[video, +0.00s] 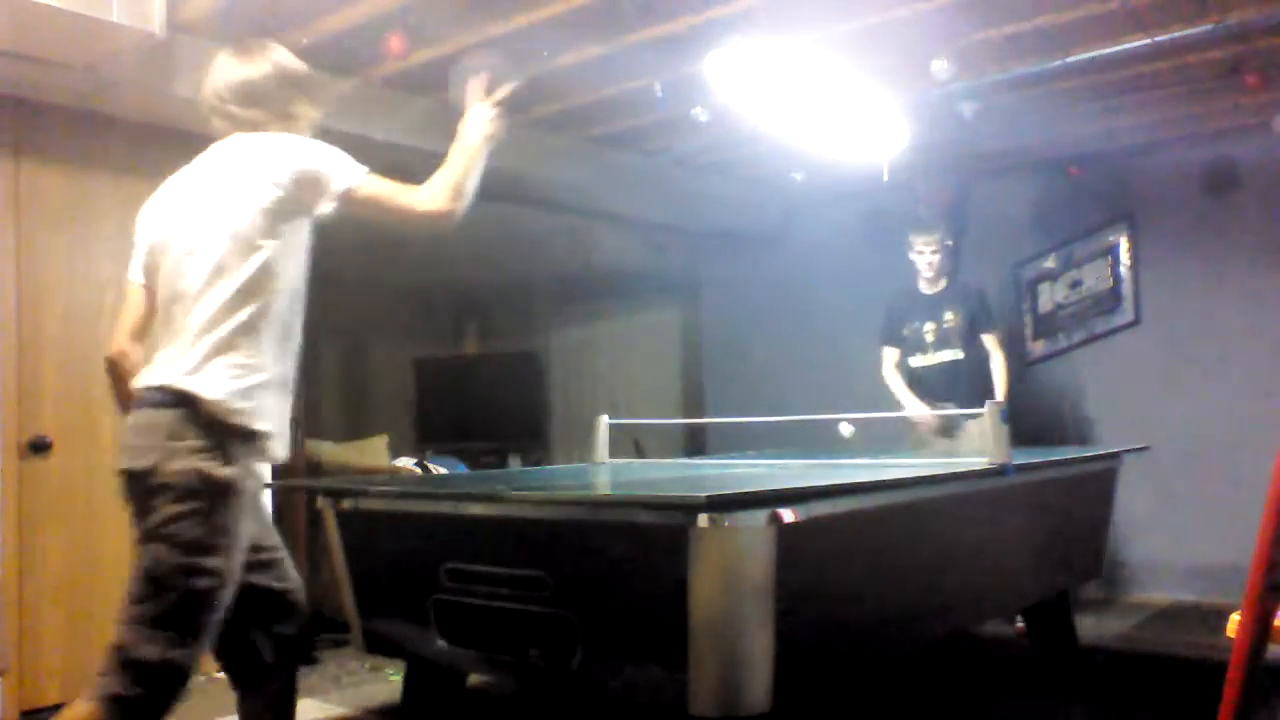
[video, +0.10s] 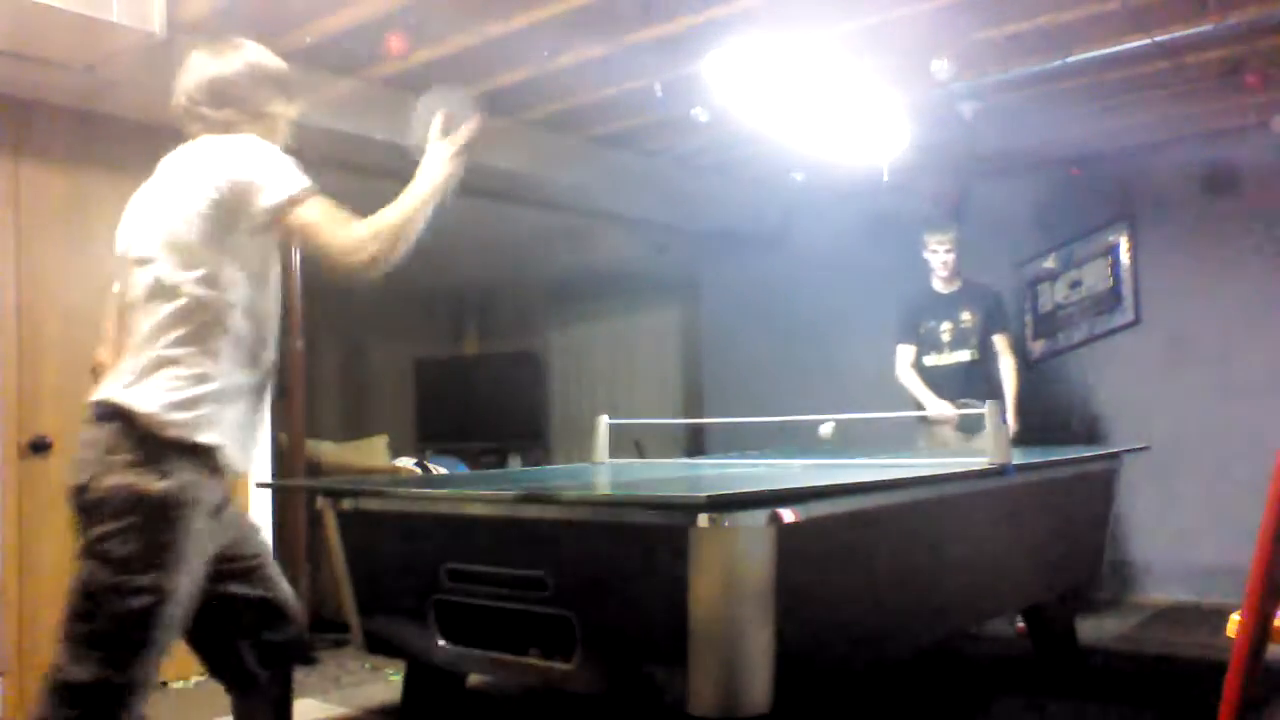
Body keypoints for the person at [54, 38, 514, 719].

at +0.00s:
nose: (313, 117)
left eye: (310, 102)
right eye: (305, 103)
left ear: (223, 108)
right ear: (286, 102)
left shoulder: (167, 195)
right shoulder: (289, 157)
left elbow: (122, 349)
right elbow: (438, 203)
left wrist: (156, 442)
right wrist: (477, 127)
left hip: (157, 437)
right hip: (206, 444)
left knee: (272, 629)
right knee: (144, 676)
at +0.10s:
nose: (288, 122)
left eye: (287, 108)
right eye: (280, 107)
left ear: (204, 108)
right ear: (249, 105)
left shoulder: (153, 191)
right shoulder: (244, 160)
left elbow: (115, 352)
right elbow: (361, 249)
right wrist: (441, 166)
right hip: (156, 465)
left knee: (267, 642)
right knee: (97, 691)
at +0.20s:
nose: (271, 121)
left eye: (269, 104)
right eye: (260, 103)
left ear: (200, 114)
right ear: (213, 112)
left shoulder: (174, 182)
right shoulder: (183, 172)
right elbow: (213, 305)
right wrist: (369, 299)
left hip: (152, 483)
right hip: (110, 473)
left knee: (259, 657)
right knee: (50, 698)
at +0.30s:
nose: (260, 138)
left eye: (262, 121)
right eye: (253, 118)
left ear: (197, 112)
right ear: (207, 111)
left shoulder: (190, 200)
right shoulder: (146, 175)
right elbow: (111, 328)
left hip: (139, 472)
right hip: (82, 467)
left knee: (240, 666)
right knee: (49, 696)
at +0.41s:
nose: (264, 133)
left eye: (266, 116)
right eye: (257, 112)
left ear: (196, 107)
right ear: (209, 106)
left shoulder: (184, 193)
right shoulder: (145, 174)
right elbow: (57, 333)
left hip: (145, 482)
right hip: (79, 481)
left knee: (241, 667)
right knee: (56, 703)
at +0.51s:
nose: (289, 129)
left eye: (288, 112)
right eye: (278, 110)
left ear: (235, 118)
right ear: (232, 113)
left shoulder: (205, 209)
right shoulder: (151, 179)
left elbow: (153, 367)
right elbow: (10, 239)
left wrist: (226, 446)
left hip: (162, 481)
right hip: (91, 484)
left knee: (271, 655)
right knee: (61, 706)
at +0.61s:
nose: (321, 152)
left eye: (320, 136)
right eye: (310, 134)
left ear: (270, 142)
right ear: (265, 135)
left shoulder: (246, 232)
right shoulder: (168, 188)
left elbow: (190, 376)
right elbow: (15, 217)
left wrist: (280, 413)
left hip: (187, 481)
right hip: (111, 485)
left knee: (294, 638)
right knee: (75, 703)